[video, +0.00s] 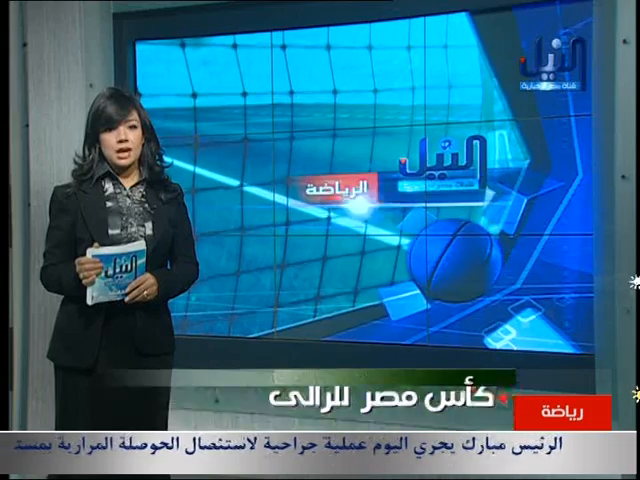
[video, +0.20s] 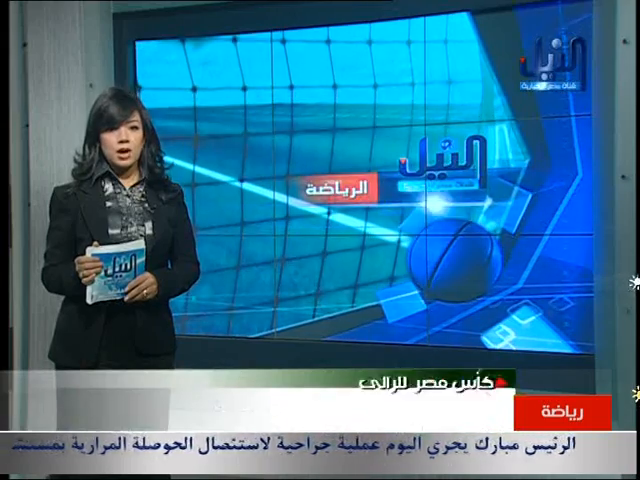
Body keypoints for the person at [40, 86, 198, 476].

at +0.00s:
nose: (123, 137)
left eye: (131, 126)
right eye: (111, 129)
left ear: (145, 133)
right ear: (97, 139)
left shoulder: (167, 195)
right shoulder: (70, 198)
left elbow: (187, 266)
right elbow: (50, 273)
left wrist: (161, 282)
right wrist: (76, 273)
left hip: (148, 345)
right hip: (84, 346)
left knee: (146, 450)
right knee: (80, 450)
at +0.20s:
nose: (124, 137)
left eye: (133, 127)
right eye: (112, 129)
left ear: (146, 134)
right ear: (97, 138)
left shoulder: (168, 196)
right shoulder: (70, 198)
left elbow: (188, 267)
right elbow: (51, 275)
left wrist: (161, 282)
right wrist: (77, 273)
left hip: (148, 349)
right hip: (84, 349)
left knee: (148, 453)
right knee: (81, 452)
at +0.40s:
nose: (125, 136)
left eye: (134, 126)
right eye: (114, 127)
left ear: (146, 135)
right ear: (98, 136)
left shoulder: (168, 196)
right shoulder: (70, 198)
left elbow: (189, 267)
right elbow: (52, 274)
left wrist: (162, 281)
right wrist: (77, 273)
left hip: (149, 348)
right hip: (85, 349)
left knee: (148, 452)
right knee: (81, 452)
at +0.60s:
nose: (126, 136)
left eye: (135, 127)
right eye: (115, 128)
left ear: (147, 136)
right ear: (99, 136)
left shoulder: (168, 196)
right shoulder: (71, 197)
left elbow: (189, 267)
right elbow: (52, 274)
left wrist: (162, 282)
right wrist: (78, 273)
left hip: (150, 348)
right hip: (85, 348)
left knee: (148, 452)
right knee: (81, 452)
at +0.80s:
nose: (126, 137)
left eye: (135, 128)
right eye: (115, 128)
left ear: (148, 136)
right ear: (99, 137)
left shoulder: (169, 196)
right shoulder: (72, 198)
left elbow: (190, 267)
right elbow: (53, 274)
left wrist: (162, 281)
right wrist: (78, 273)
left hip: (150, 348)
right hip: (86, 349)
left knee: (149, 453)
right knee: (82, 453)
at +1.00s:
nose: (127, 137)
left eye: (136, 128)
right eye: (116, 128)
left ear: (148, 137)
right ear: (100, 137)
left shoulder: (170, 197)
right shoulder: (72, 198)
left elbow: (191, 267)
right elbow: (53, 274)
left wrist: (163, 282)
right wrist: (78, 274)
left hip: (151, 348)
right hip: (86, 348)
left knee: (149, 451)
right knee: (83, 452)